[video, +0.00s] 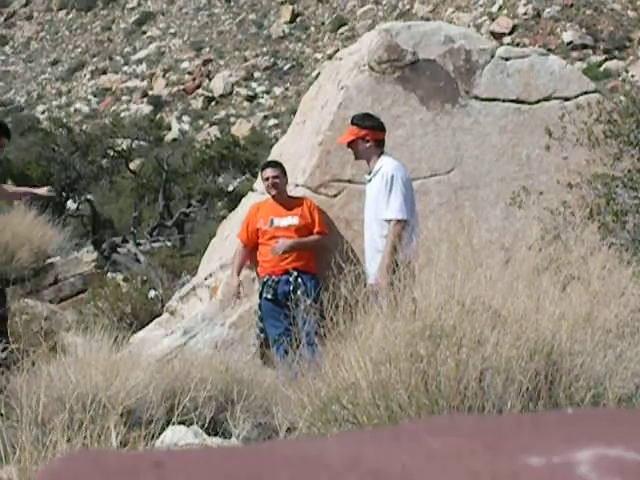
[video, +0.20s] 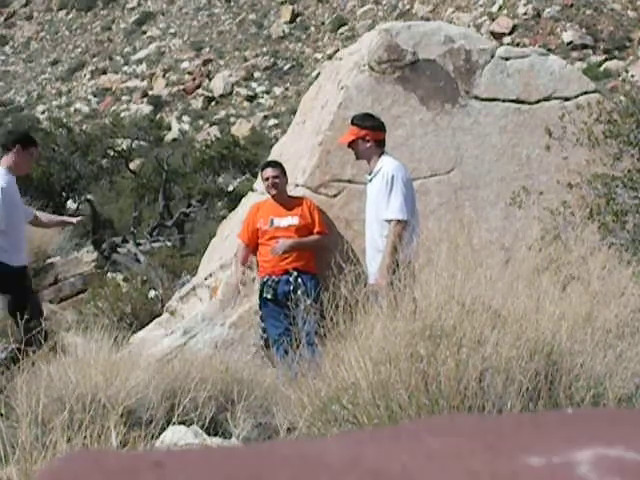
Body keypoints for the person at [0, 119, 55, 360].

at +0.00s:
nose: (4, 150)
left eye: (5, 145)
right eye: (4, 145)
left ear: (7, 143)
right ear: (3, 142)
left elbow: (6, 191)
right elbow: (5, 191)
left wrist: (34, 191)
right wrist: (35, 192)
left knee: (3, 296)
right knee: (2, 299)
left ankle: (5, 343)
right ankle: (4, 343)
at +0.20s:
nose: (33, 164)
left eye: (35, 159)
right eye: (31, 157)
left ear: (17, 152)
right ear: (17, 151)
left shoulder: (9, 184)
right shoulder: (5, 183)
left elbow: (34, 218)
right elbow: (34, 218)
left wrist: (68, 220)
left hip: (16, 266)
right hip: (8, 266)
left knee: (33, 327)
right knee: (32, 328)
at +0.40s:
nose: (46, 141)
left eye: (46, 135)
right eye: (41, 135)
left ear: (28, 137)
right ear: (25, 138)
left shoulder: (37, 172)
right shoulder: (21, 169)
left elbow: (72, 191)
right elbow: (6, 208)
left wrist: (110, 191)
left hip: (42, 251)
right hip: (38, 253)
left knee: (50, 307)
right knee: (80, 300)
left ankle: (55, 362)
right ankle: (32, 344)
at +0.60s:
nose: (77, 132)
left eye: (77, 126)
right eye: (72, 127)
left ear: (60, 127)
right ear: (56, 126)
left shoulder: (71, 152)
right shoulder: (44, 153)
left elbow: (102, 169)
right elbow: (18, 184)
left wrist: (132, 172)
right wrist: (30, 181)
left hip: (74, 231)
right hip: (68, 235)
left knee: (82, 291)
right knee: (96, 291)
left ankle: (68, 347)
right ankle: (105, 347)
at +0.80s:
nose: (121, 170)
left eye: (122, 165)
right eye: (119, 164)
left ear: (106, 162)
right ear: (106, 162)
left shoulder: (102, 187)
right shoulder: (86, 189)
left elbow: (126, 204)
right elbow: (65, 226)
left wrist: (157, 203)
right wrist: (66, 239)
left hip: (108, 263)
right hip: (98, 266)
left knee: (130, 308)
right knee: (130, 307)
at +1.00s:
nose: (152, 175)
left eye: (152, 170)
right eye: (149, 169)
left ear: (137, 169)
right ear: (135, 168)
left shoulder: (133, 198)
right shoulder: (120, 203)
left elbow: (154, 224)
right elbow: (109, 248)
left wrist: (185, 228)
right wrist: (111, 285)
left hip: (146, 273)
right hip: (134, 275)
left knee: (163, 320)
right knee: (164, 315)